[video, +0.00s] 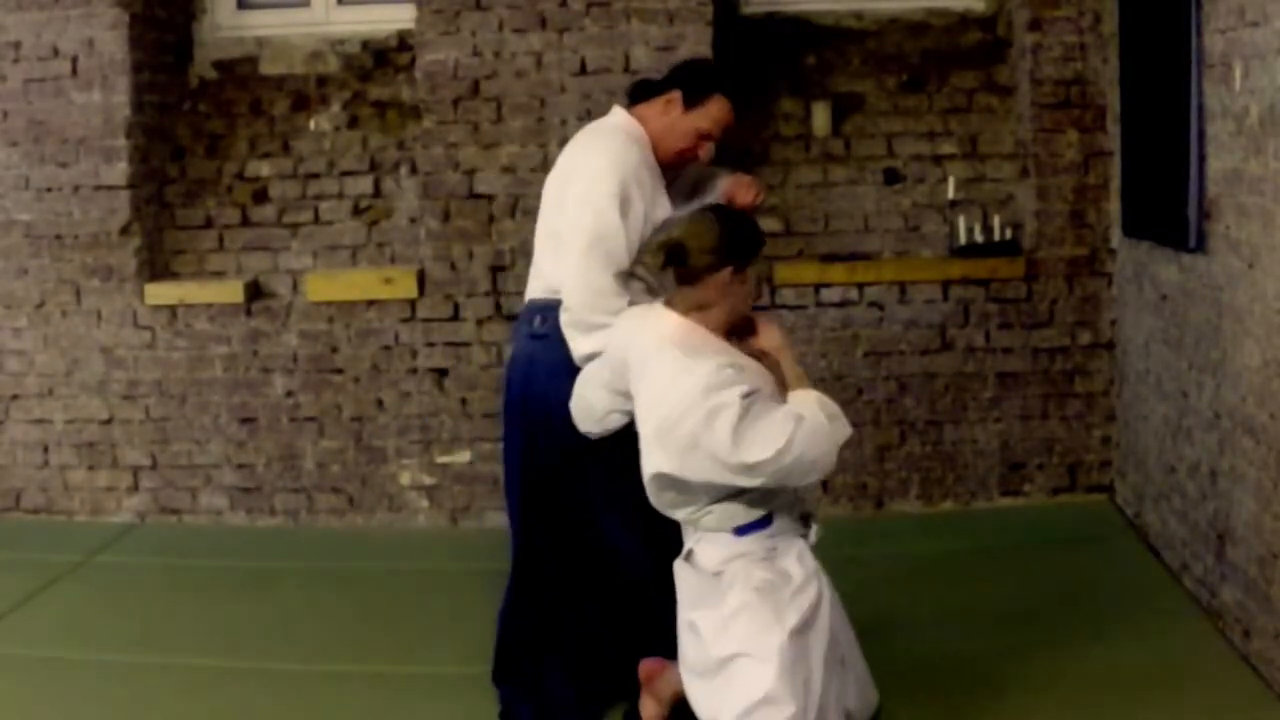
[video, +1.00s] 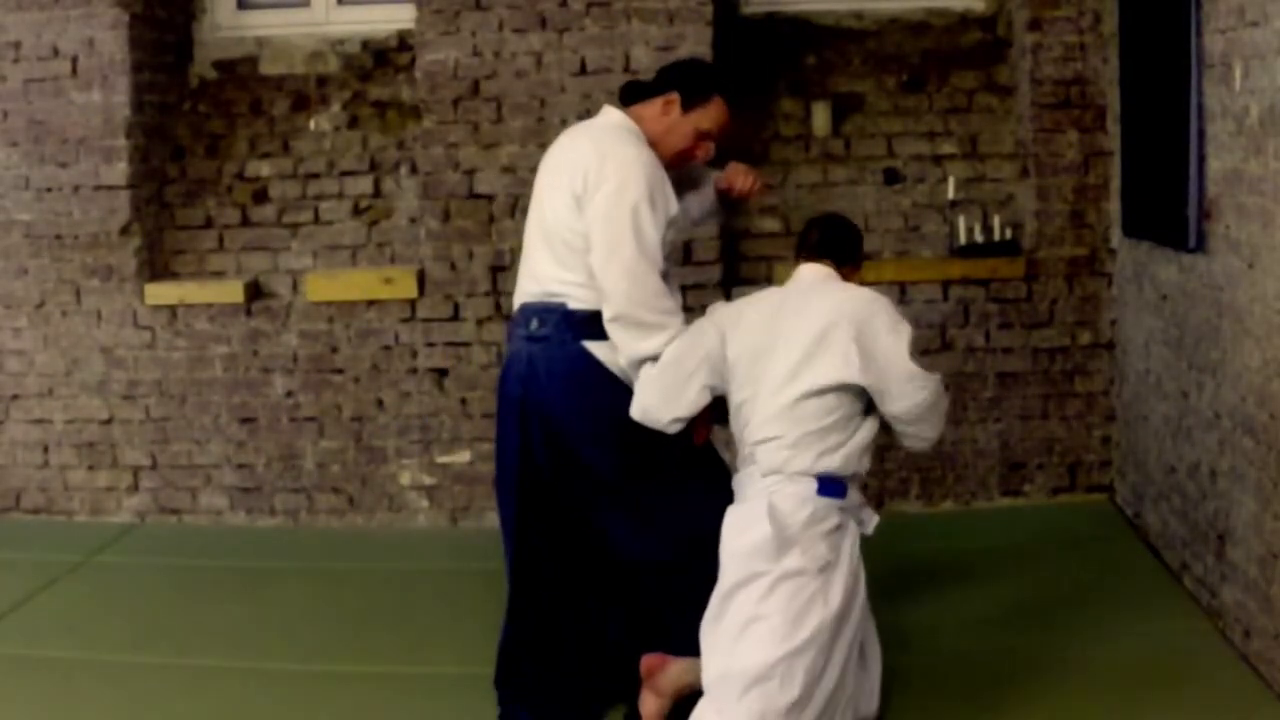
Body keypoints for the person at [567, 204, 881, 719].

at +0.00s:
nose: (756, 290)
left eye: (754, 276)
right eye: (753, 276)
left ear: (677, 276)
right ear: (730, 279)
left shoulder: (643, 327)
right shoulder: (706, 384)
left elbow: (588, 411)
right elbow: (812, 444)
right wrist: (784, 357)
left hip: (705, 565)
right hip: (755, 576)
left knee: (846, 700)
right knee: (779, 704)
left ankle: (678, 681)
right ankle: (674, 686)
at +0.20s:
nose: (791, 282)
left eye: (792, 268)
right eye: (791, 267)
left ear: (712, 257)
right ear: (772, 268)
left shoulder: (660, 324)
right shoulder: (756, 363)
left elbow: (601, 411)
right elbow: (850, 434)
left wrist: (672, 360)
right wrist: (817, 360)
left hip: (710, 558)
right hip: (771, 566)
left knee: (851, 696)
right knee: (778, 702)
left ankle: (678, 678)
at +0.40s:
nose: (819, 277)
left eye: (820, 264)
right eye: (820, 263)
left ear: (742, 254)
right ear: (805, 261)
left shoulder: (684, 321)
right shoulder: (803, 338)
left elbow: (618, 414)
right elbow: (887, 418)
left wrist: (684, 375)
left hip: (721, 533)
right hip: (786, 542)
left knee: (850, 678)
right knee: (775, 688)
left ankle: (680, 677)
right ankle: (680, 680)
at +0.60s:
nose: (841, 271)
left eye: (840, 261)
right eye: (841, 261)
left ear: (779, 250)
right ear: (834, 259)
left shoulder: (717, 315)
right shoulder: (843, 316)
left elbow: (635, 408)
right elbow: (914, 405)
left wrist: (690, 400)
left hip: (740, 516)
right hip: (806, 521)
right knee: (779, 679)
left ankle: (679, 675)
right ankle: (682, 676)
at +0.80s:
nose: (849, 270)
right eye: (850, 261)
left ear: (789, 254)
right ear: (848, 261)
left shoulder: (731, 314)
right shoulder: (863, 307)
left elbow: (653, 404)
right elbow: (925, 403)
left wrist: (703, 404)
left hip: (754, 505)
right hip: (819, 511)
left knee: (850, 665)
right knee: (781, 674)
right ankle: (680, 675)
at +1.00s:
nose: (857, 275)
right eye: (858, 267)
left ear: (796, 256)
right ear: (854, 265)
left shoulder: (736, 315)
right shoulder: (862, 309)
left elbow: (654, 403)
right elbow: (921, 417)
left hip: (752, 506)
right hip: (816, 514)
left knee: (850, 668)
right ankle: (680, 674)